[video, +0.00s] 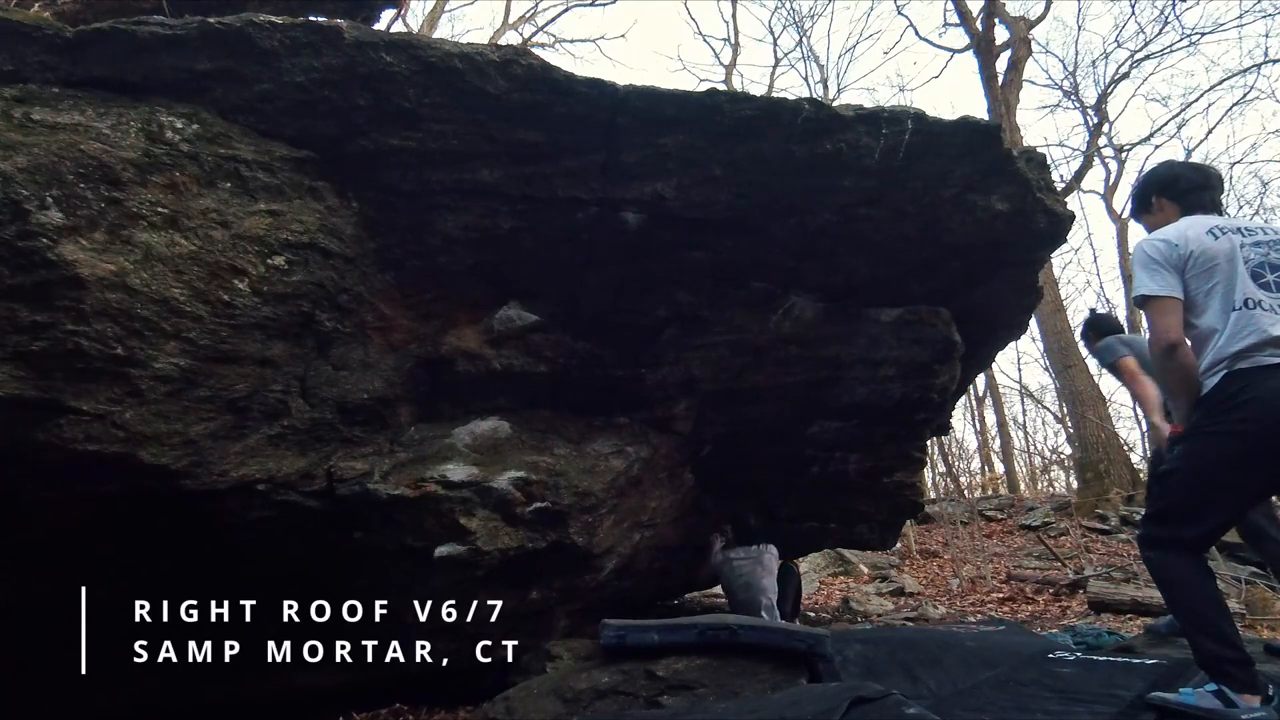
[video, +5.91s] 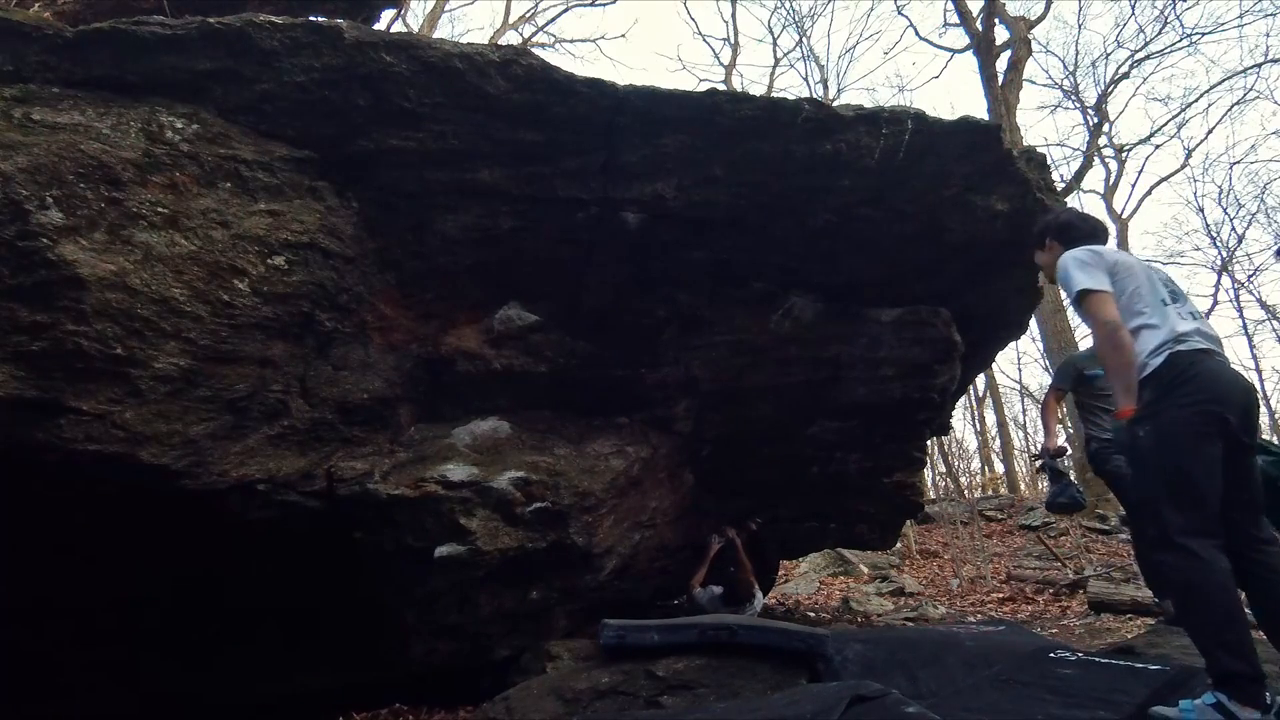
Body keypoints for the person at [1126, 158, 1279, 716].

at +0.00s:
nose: (1146, 225)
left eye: (1146, 215)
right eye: (1144, 217)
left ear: (1164, 205)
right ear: (1211, 202)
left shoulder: (1162, 242)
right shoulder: (1263, 231)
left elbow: (1169, 343)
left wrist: (1185, 416)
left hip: (1251, 389)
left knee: (1166, 536)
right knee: (1247, 502)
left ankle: (1236, 685)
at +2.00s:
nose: (1143, 226)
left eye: (1147, 214)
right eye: (1140, 218)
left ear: (1184, 197)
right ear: (1200, 202)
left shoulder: (1173, 243)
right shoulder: (1266, 236)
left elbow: (1177, 344)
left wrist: (1184, 418)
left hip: (1250, 399)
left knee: (1164, 539)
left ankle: (1235, 683)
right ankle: (1236, 680)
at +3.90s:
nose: (1106, 253)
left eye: (1101, 242)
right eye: (1099, 245)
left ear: (1111, 229)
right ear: (1157, 214)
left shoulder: (1141, 241)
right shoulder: (1225, 247)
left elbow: (1176, 324)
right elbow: (1268, 300)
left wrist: (1175, 410)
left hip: (1245, 382)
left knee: (1161, 532)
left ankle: (1237, 686)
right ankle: (1243, 684)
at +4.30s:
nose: (1041, 275)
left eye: (1039, 265)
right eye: (1036, 267)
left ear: (1050, 257)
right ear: (1095, 243)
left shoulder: (1075, 267)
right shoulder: (1150, 271)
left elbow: (1120, 339)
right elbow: (1212, 329)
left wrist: (1133, 417)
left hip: (1192, 397)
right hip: (1261, 388)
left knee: (1151, 545)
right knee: (1275, 542)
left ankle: (1239, 697)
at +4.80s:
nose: (987, 274)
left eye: (986, 267)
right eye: (985, 269)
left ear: (994, 262)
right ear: (1042, 248)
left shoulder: (1004, 277)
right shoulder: (1092, 267)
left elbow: (1039, 343)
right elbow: (1149, 319)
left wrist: (1078, 413)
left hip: (1133, 380)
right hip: (1200, 370)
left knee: (1164, 556)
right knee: (1235, 539)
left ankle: (1235, 705)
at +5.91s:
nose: (1044, 271)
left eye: (1040, 261)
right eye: (1038, 264)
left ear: (1053, 244)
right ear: (1094, 237)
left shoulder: (1075, 258)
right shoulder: (1147, 267)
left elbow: (1109, 326)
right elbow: (1191, 330)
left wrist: (1125, 410)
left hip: (1180, 385)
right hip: (1232, 384)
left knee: (1180, 544)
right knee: (1248, 533)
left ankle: (1241, 694)